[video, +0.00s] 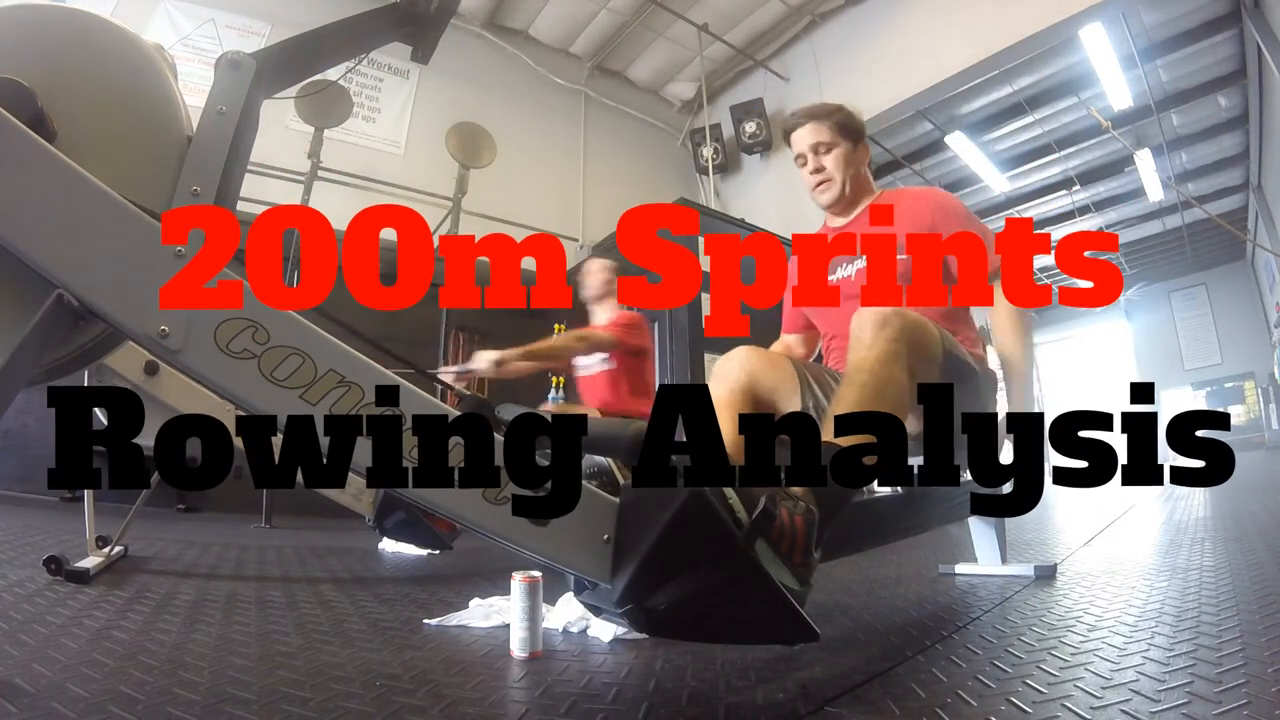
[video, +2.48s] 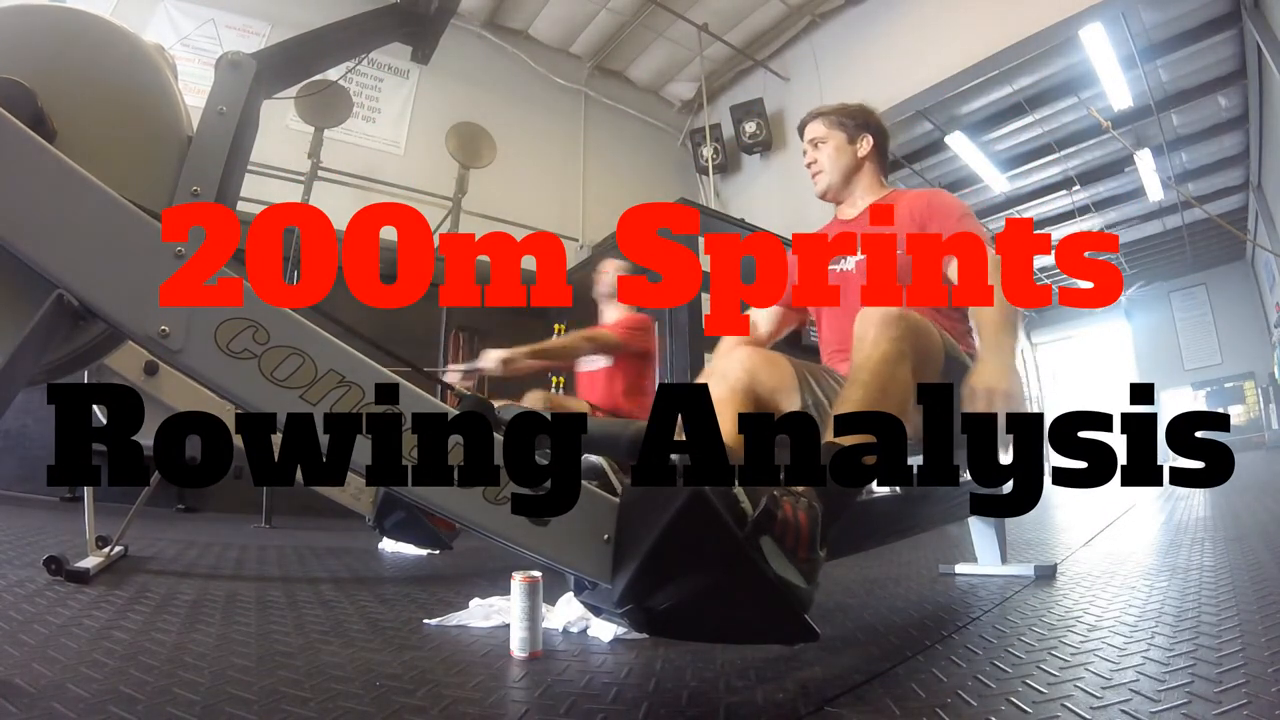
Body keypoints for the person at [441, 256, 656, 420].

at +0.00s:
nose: (582, 279)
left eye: (591, 272)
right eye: (582, 274)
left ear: (612, 280)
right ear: (581, 283)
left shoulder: (631, 323)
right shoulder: (579, 340)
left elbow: (581, 342)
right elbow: (534, 363)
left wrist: (505, 356)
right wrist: (473, 372)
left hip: (631, 427)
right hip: (595, 424)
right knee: (543, 414)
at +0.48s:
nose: (654, 310)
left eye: (663, 304)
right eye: (654, 305)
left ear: (683, 309)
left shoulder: (708, 351)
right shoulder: (663, 355)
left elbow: (727, 390)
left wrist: (692, 376)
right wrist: (633, 395)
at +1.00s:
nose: (594, 295)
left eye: (601, 287)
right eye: (591, 290)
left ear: (623, 289)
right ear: (591, 295)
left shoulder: (650, 332)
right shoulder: (599, 345)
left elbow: (617, 373)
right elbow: (561, 378)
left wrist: (552, 397)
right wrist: (513, 396)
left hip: (656, 437)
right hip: (617, 441)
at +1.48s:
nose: (485, 295)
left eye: (490, 286)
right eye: (482, 288)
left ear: (517, 280)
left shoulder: (554, 319)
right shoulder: (504, 336)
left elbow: (497, 361)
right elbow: (472, 367)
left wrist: (426, 388)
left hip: (584, 413)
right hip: (539, 412)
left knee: (510, 383)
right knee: (472, 384)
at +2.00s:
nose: (422, 282)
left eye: (429, 273)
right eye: (423, 273)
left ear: (448, 275)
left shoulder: (482, 311)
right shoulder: (449, 319)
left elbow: (408, 344)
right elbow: (404, 358)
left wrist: (346, 365)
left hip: (527, 408)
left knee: (456, 362)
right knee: (418, 374)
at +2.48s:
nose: (604, 279)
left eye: (614, 273)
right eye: (602, 273)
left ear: (630, 283)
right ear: (594, 280)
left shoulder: (639, 324)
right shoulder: (593, 336)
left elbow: (586, 343)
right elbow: (543, 360)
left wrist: (512, 354)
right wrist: (476, 370)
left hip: (626, 422)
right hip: (590, 415)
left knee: (539, 400)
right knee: (532, 401)